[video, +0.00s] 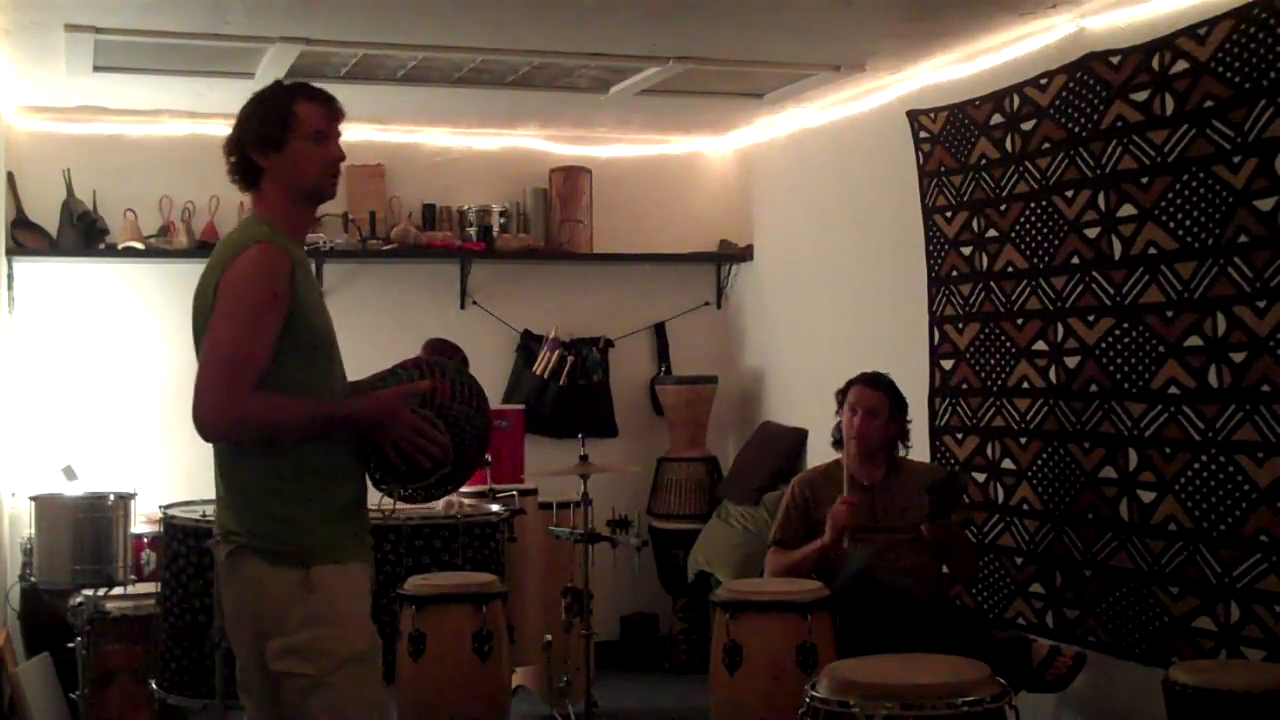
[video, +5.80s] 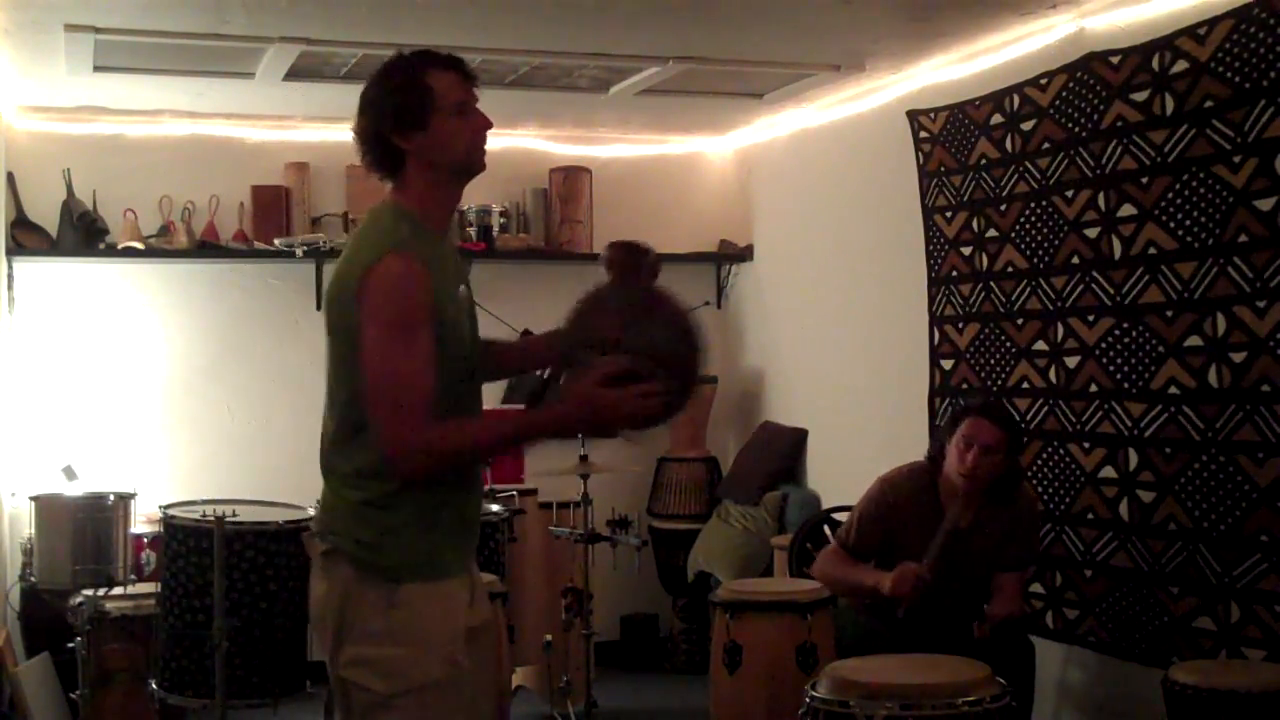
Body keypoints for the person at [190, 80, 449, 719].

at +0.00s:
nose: (340, 152)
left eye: (338, 138)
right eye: (322, 138)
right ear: (268, 151)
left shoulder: (269, 253)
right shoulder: (264, 257)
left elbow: (291, 406)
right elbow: (219, 411)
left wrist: (394, 384)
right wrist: (360, 414)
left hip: (289, 560)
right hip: (297, 565)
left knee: (289, 709)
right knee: (336, 707)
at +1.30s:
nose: (337, 131)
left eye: (332, 114)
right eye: (317, 115)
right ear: (257, 134)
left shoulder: (283, 245)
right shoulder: (268, 255)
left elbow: (308, 403)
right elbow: (289, 427)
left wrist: (405, 337)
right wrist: (413, 341)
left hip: (342, 568)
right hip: (332, 578)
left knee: (357, 707)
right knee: (349, 708)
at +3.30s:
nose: (317, 172)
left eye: (318, 156)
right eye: (303, 155)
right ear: (248, 157)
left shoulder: (256, 258)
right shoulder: (227, 261)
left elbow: (258, 399)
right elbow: (202, 418)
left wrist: (347, 378)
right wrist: (337, 393)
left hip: (308, 560)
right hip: (287, 565)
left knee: (318, 705)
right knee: (305, 707)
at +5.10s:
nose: (371, 140)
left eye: (366, 127)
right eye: (351, 129)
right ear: (298, 152)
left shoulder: (323, 256)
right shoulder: (295, 260)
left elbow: (332, 417)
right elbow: (251, 423)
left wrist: (431, 440)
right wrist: (402, 479)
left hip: (334, 564)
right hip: (318, 571)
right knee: (357, 709)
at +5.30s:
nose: (411, 130)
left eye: (403, 117)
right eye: (390, 120)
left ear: (358, 147)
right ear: (341, 146)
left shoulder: (389, 251)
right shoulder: (317, 252)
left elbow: (375, 400)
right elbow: (248, 404)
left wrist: (464, 401)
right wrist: (407, 437)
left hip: (381, 550)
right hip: (333, 559)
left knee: (388, 704)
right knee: (360, 707)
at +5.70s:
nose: (484, 125)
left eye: (476, 111)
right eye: (462, 114)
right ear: (408, 140)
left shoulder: (444, 243)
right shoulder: (371, 267)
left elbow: (436, 377)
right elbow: (341, 445)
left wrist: (536, 356)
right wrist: (498, 426)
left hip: (431, 555)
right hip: (377, 569)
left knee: (437, 705)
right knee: (393, 709)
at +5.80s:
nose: (485, 119)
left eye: (478, 106)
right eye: (465, 108)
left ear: (423, 138)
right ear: (409, 135)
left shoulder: (430, 244)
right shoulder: (394, 255)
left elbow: (454, 358)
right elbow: (409, 444)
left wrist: (563, 348)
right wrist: (566, 416)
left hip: (438, 559)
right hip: (390, 572)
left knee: (474, 702)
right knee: (412, 709)